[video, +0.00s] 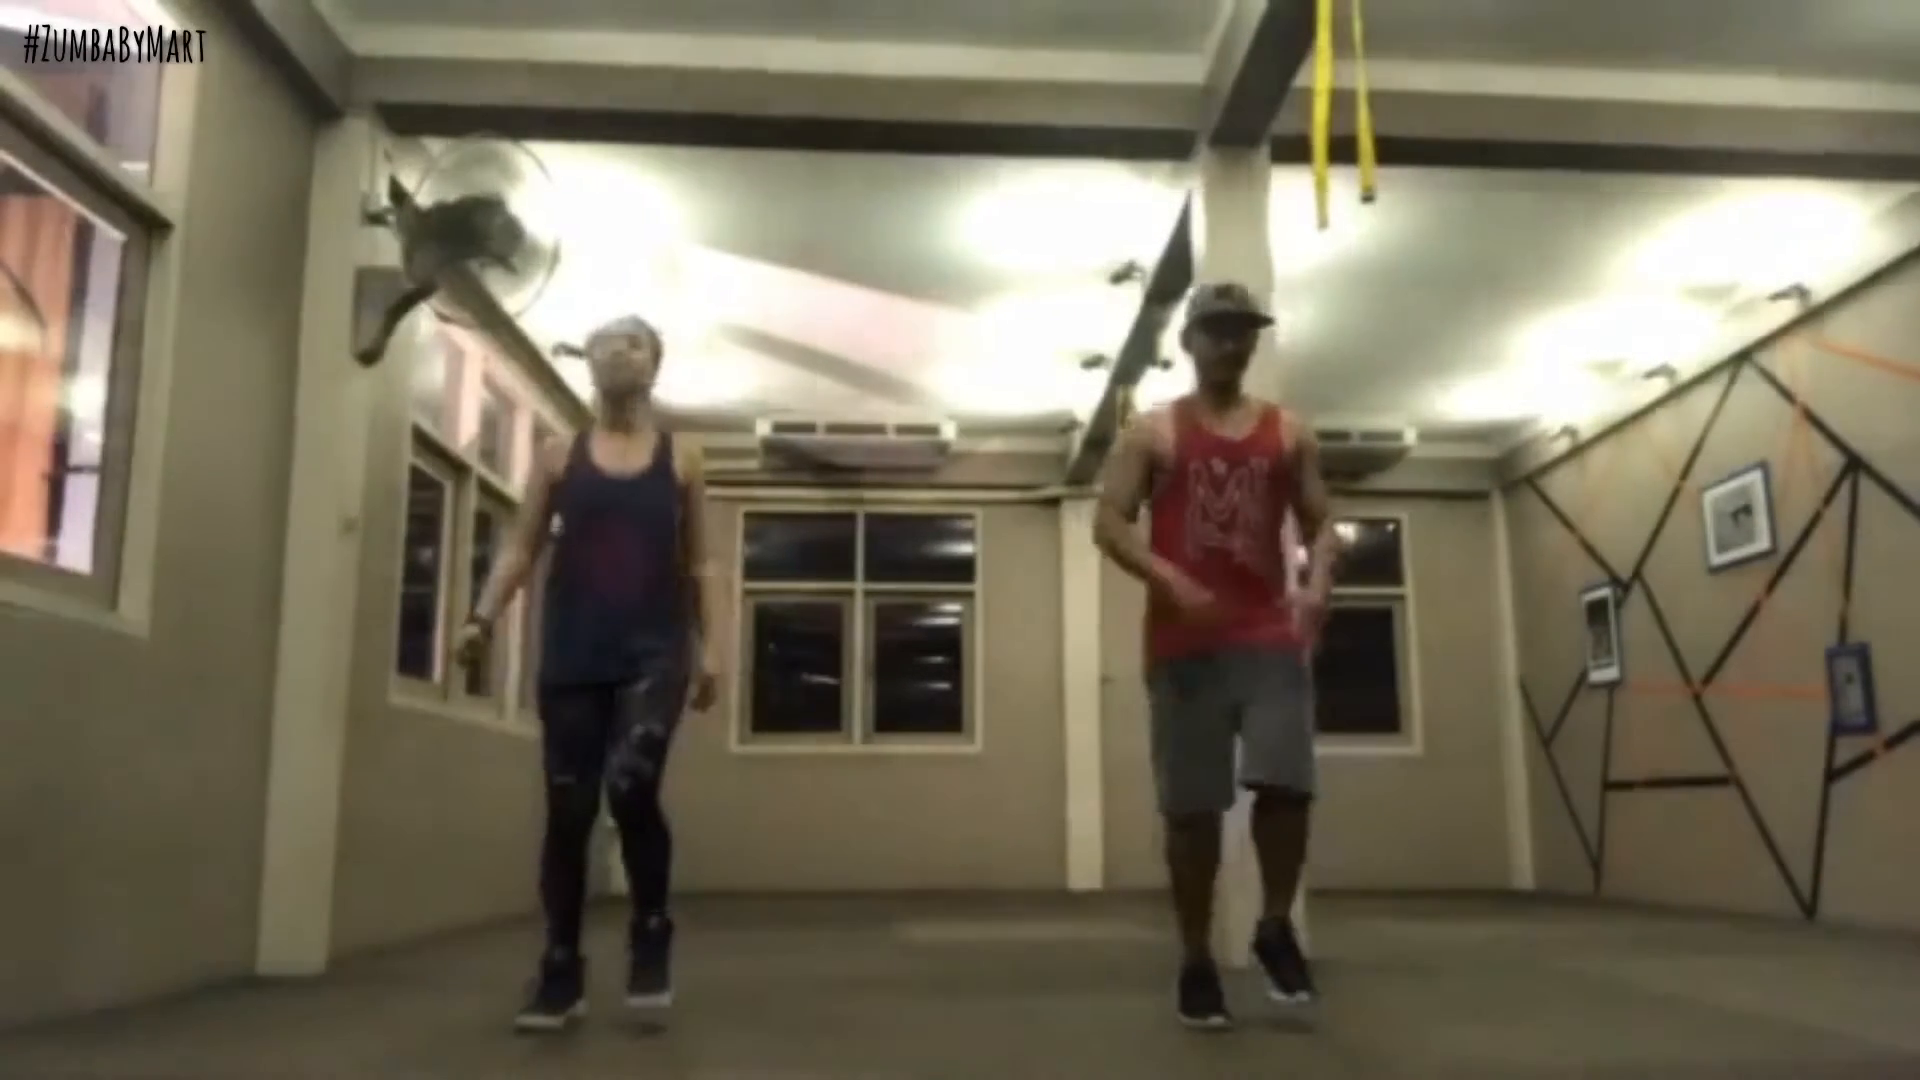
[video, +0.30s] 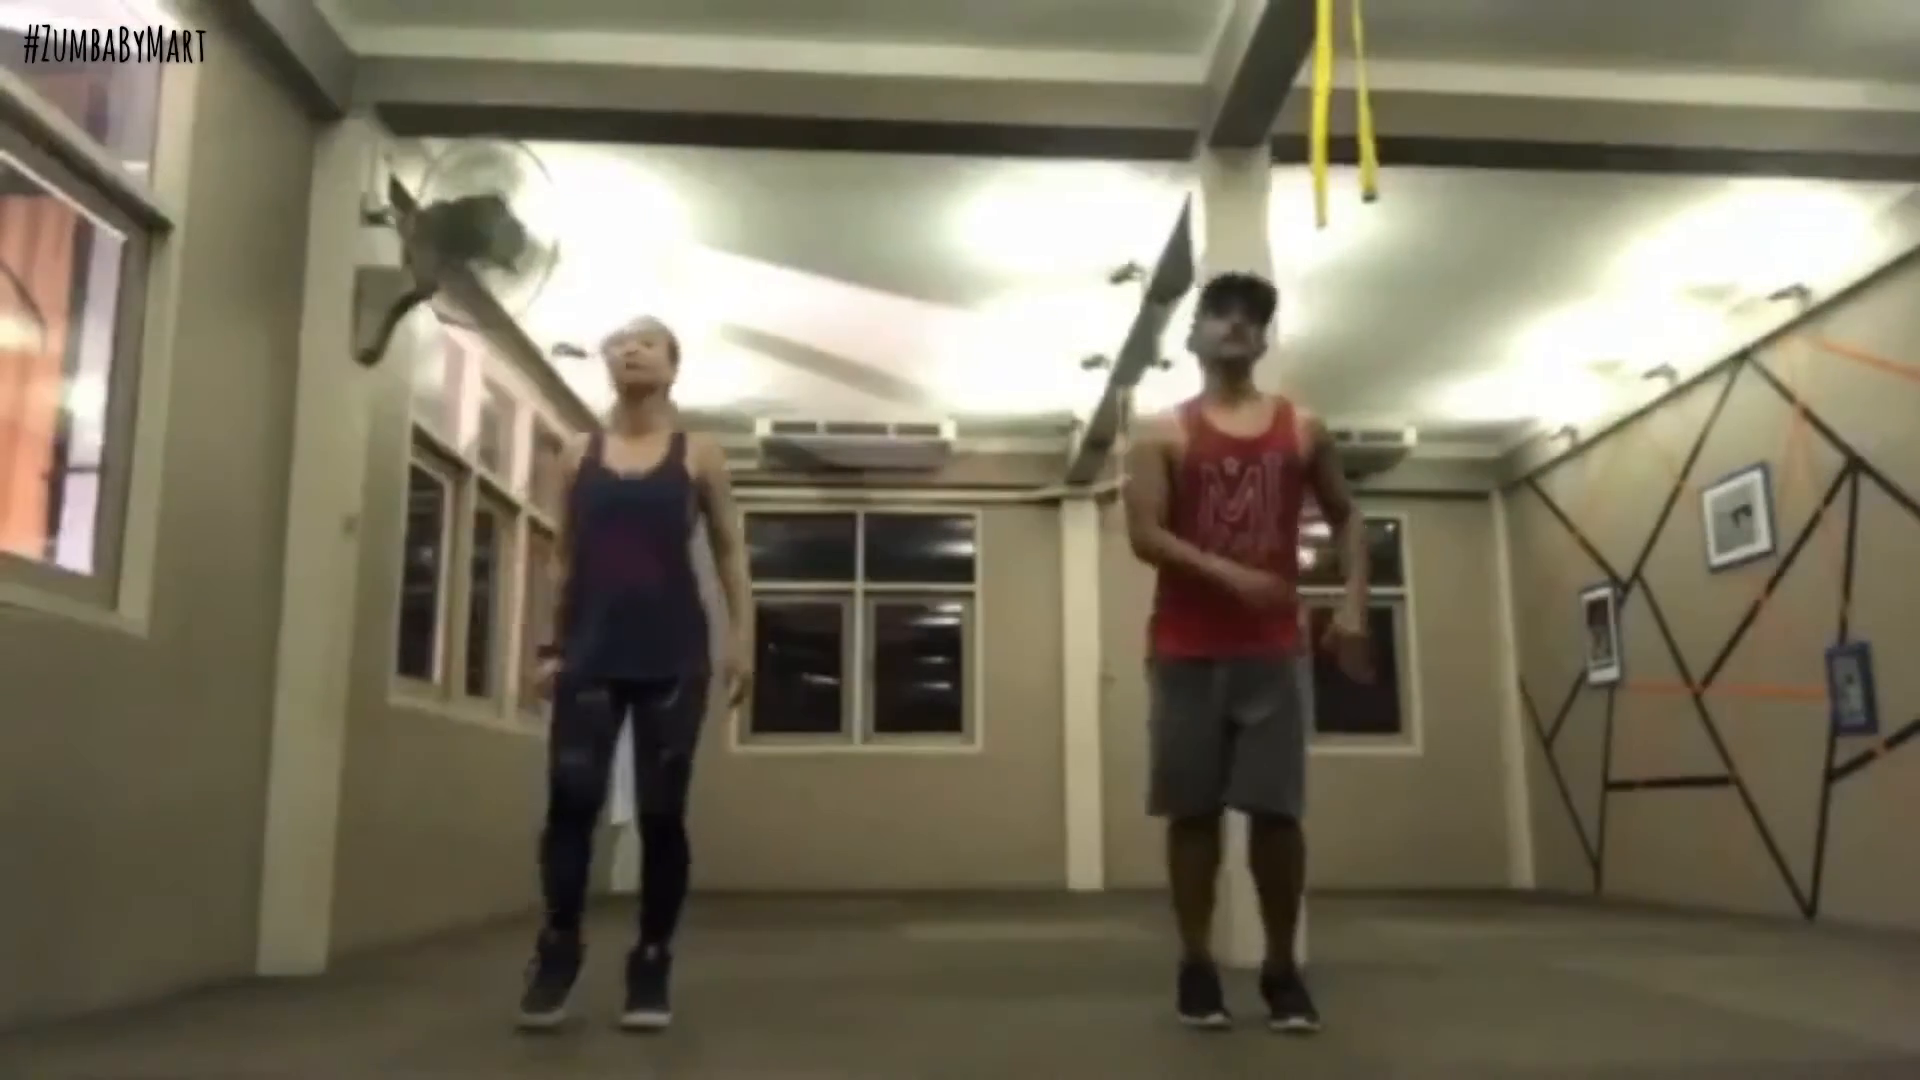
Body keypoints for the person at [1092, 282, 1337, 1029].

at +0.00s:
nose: (1227, 343)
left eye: (1240, 331)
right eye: (1214, 330)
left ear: (1257, 341)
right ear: (1188, 339)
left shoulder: (1289, 434)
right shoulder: (1153, 431)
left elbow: (1321, 526)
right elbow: (1109, 524)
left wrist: (1315, 587)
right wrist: (1169, 579)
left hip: (1270, 638)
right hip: (1186, 643)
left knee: (1287, 788)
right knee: (1193, 809)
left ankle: (1276, 928)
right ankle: (1197, 963)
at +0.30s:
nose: (1231, 328)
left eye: (1246, 318)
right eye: (1218, 315)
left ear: (1265, 335)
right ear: (1195, 329)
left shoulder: (1298, 429)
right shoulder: (1161, 432)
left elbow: (1346, 516)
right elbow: (1146, 535)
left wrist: (1354, 606)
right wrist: (1238, 576)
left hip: (1274, 649)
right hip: (1188, 653)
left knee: (1277, 815)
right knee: (1193, 816)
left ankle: (1282, 969)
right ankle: (1197, 967)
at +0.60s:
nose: (1238, 320)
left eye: (1252, 309)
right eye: (1224, 308)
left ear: (1272, 324)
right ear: (1202, 324)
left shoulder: (1305, 419)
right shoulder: (1168, 419)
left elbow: (1340, 508)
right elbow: (1108, 505)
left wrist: (1339, 528)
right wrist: (1156, 575)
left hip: (1288, 623)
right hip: (1213, 624)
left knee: (1286, 797)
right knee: (1227, 784)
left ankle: (1284, 963)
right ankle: (1198, 924)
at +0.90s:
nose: (1223, 326)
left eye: (1238, 315)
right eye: (1209, 314)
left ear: (1257, 331)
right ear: (1186, 329)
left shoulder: (1287, 429)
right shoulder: (1151, 421)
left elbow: (1326, 516)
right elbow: (1081, 497)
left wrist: (1323, 550)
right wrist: (1155, 542)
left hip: (1272, 640)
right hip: (1183, 648)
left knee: (1291, 793)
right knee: (1189, 812)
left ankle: (1287, 946)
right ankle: (1191, 966)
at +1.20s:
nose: (1220, 332)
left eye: (1234, 321)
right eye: (1206, 319)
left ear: (1252, 336)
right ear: (1182, 333)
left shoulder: (1284, 432)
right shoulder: (1147, 428)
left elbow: (1320, 526)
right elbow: (1121, 529)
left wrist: (1343, 603)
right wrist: (1202, 525)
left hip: (1253, 643)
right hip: (1168, 644)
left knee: (1246, 811)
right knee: (1177, 814)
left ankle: (1253, 969)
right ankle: (1186, 967)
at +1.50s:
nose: (1238, 308)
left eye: (1252, 295)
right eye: (1223, 295)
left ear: (1271, 307)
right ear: (1199, 308)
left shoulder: (1302, 393)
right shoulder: (1166, 388)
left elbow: (1398, 434)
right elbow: (1068, 424)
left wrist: (1488, 452)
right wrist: (1086, 441)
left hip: (1270, 603)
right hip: (1189, 591)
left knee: (1251, 787)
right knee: (1202, 746)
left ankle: (1232, 952)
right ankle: (1171, 909)